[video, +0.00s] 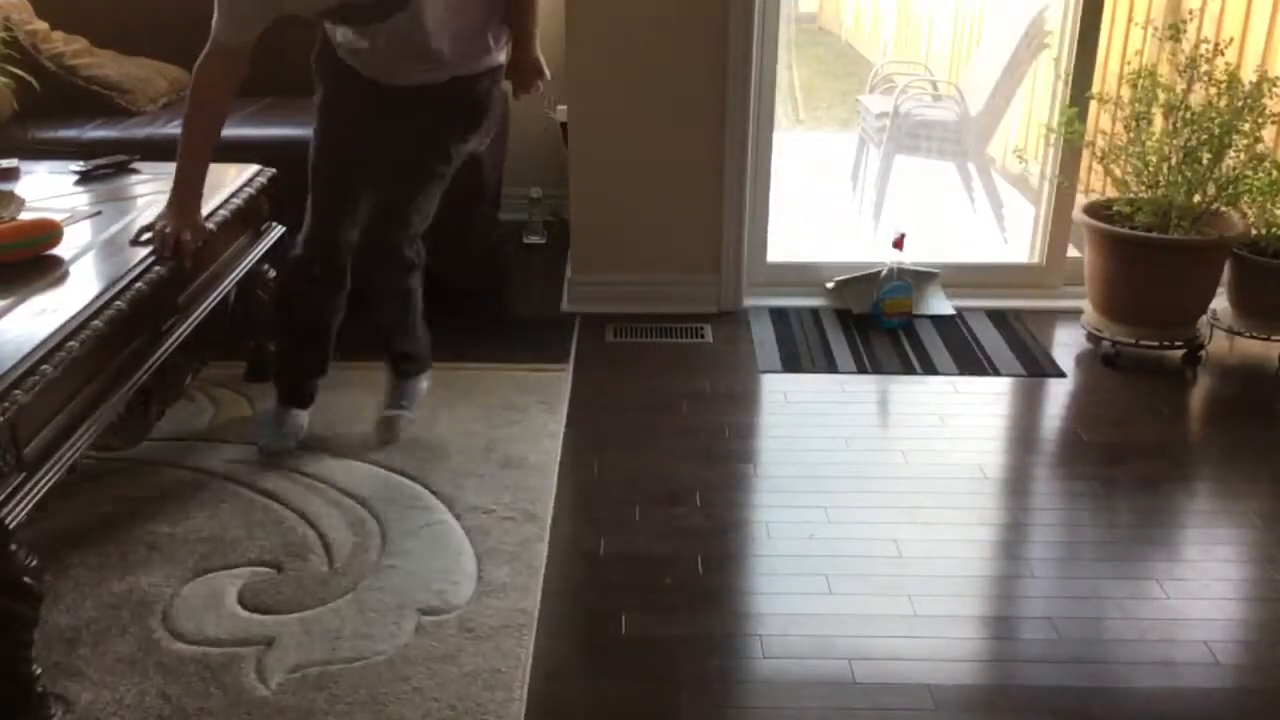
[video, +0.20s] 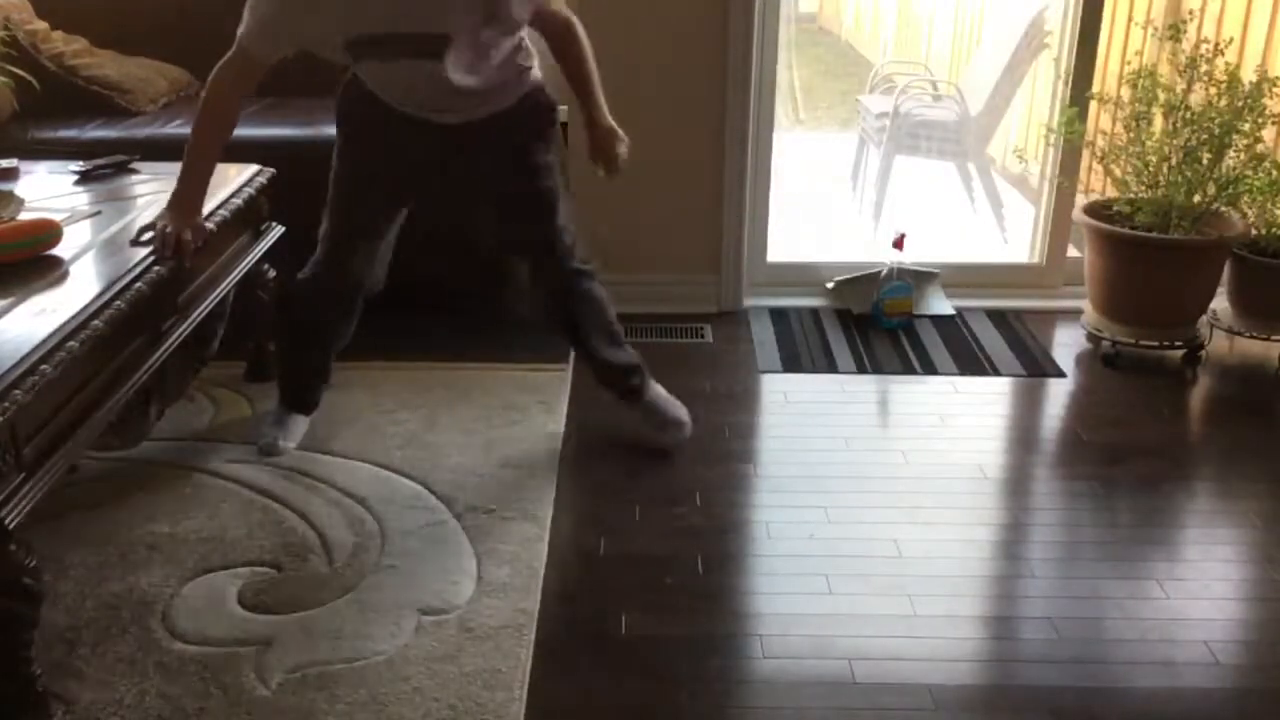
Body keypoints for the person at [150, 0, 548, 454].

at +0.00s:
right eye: (335, 23)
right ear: (326, 14)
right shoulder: (255, 3)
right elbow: (222, 60)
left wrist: (526, 49)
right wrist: (184, 200)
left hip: (458, 70)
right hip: (356, 64)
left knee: (391, 238)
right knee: (324, 240)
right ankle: (293, 401)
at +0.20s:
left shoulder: (491, 3)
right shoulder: (287, 8)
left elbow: (561, 23)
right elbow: (231, 78)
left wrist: (600, 121)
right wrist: (186, 201)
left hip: (506, 101)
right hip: (384, 103)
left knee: (558, 261)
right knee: (340, 270)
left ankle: (634, 387)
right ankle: (295, 406)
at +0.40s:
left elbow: (818, 2)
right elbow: (356, 16)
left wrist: (830, 113)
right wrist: (260, 114)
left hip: (649, 105)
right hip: (541, 103)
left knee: (667, 269)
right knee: (458, 260)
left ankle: (668, 412)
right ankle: (326, 397)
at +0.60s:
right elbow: (549, 27)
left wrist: (926, 27)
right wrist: (482, 156)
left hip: (827, 65)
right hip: (726, 55)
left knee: (771, 255)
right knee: (724, 245)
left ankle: (707, 388)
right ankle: (676, 405)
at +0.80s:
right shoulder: (833, 7)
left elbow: (1049, 19)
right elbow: (822, 92)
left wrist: (1004, 152)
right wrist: (843, 244)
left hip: (997, 106)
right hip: (886, 109)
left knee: (1053, 288)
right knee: (881, 306)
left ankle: (1084, 429)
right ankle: (817, 449)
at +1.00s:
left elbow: (1278, 23)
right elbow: (1009, 63)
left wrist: (1255, 119)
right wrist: (1043, 195)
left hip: (1227, 112)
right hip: (1110, 111)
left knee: (1265, 308)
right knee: (1037, 284)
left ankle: (1236, 459)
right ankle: (919, 446)